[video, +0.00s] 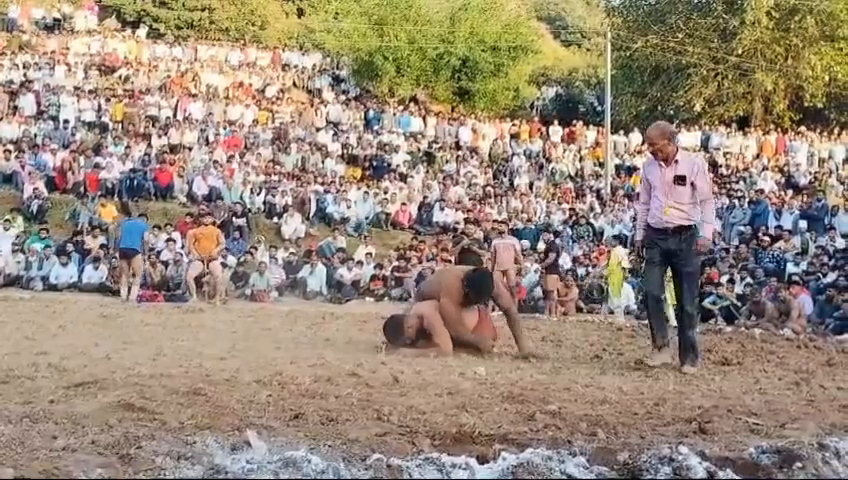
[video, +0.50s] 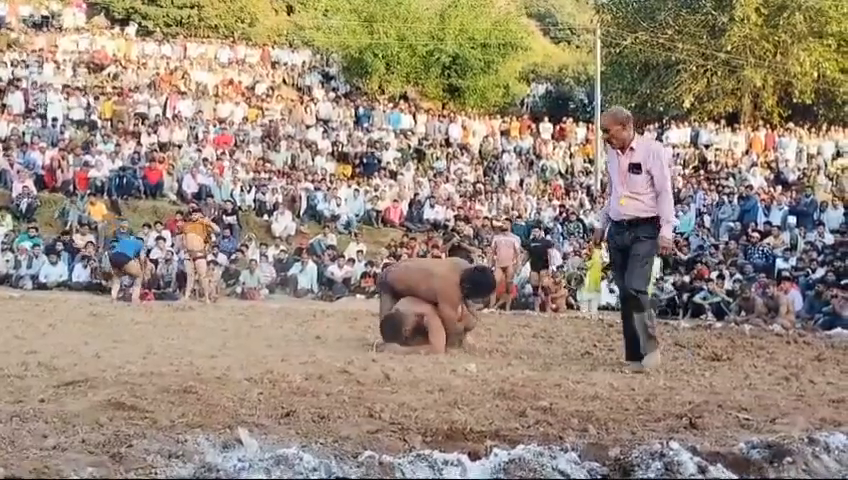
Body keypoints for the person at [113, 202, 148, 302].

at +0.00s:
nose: (146, 223)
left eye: (146, 221)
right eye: (146, 221)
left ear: (137, 217)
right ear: (145, 219)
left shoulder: (125, 222)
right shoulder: (144, 226)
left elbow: (118, 235)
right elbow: (145, 240)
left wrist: (117, 247)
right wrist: (146, 254)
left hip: (122, 247)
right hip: (135, 249)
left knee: (124, 274)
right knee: (137, 275)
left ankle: (123, 296)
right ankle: (133, 297)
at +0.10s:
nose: (144, 222)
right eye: (144, 221)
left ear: (133, 218)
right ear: (142, 220)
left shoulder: (122, 223)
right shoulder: (142, 225)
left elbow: (117, 236)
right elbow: (143, 239)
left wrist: (114, 247)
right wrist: (143, 253)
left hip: (120, 247)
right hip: (132, 248)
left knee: (121, 274)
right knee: (137, 273)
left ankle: (120, 297)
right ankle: (132, 296)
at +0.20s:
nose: (142, 227)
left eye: (142, 226)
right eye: (142, 226)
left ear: (135, 221)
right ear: (141, 224)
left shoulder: (123, 224)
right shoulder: (140, 228)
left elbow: (117, 236)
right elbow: (140, 243)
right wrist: (140, 257)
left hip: (116, 246)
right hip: (127, 247)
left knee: (119, 273)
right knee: (136, 271)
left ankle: (118, 298)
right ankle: (135, 297)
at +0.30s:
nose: (143, 232)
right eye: (143, 230)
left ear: (134, 226)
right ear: (140, 229)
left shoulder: (122, 230)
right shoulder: (139, 232)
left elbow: (114, 239)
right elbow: (140, 246)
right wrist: (141, 259)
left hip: (114, 246)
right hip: (126, 248)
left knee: (117, 272)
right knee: (134, 272)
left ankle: (116, 297)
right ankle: (136, 296)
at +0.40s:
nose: (142, 238)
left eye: (142, 237)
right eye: (142, 237)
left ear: (134, 231)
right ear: (141, 235)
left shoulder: (123, 233)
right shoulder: (140, 237)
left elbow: (114, 243)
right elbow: (141, 253)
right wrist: (142, 268)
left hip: (114, 250)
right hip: (126, 252)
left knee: (117, 274)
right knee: (137, 274)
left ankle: (115, 297)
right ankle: (135, 299)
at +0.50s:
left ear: (135, 237)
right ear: (142, 241)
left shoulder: (125, 240)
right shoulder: (140, 244)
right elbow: (141, 259)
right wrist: (143, 271)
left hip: (113, 254)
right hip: (126, 256)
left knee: (116, 277)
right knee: (139, 275)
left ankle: (113, 298)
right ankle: (135, 299)